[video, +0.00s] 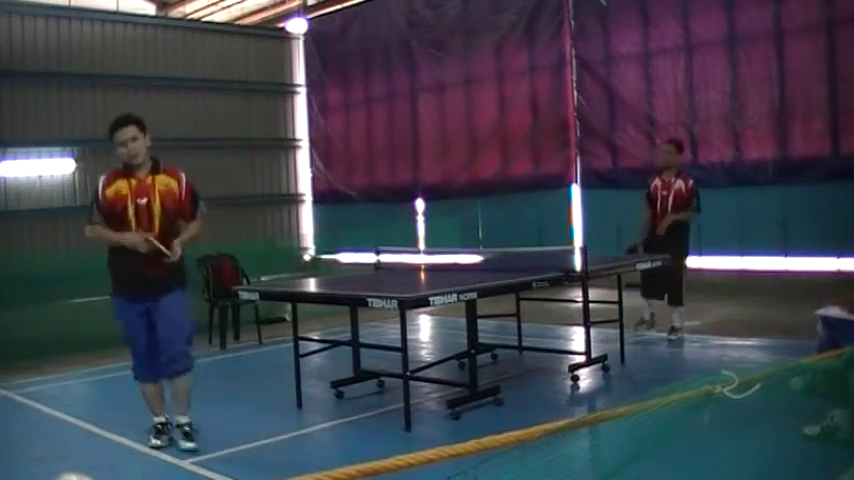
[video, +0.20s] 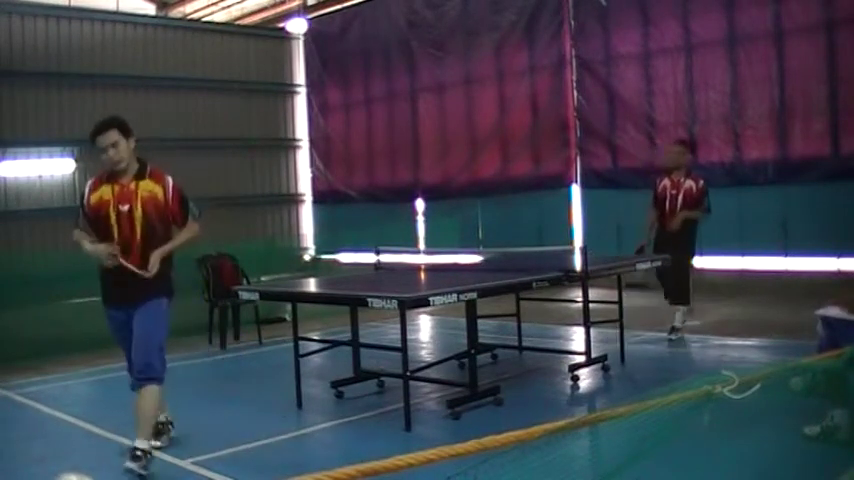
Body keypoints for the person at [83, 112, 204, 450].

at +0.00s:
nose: (129, 148)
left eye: (134, 140)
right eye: (122, 144)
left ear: (147, 139)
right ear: (115, 150)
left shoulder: (175, 179)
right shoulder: (107, 185)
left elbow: (195, 223)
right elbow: (93, 229)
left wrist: (180, 239)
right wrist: (126, 238)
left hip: (169, 284)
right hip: (129, 287)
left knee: (177, 352)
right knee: (142, 357)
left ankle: (183, 422)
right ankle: (160, 423)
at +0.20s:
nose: (110, 154)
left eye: (114, 145)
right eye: (103, 150)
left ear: (132, 142)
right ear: (98, 154)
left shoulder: (161, 183)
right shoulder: (94, 189)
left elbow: (192, 226)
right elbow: (82, 233)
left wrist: (162, 251)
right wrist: (95, 249)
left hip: (152, 289)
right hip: (115, 292)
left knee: (147, 363)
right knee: (137, 364)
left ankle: (142, 446)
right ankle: (160, 420)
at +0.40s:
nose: (91, 151)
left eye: (97, 142)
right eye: (85, 145)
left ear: (118, 138)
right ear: (82, 148)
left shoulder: (146, 182)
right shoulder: (84, 185)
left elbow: (173, 234)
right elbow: (74, 228)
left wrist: (130, 259)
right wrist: (70, 250)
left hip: (134, 295)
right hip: (94, 295)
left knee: (130, 376)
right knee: (101, 382)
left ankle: (134, 458)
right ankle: (147, 407)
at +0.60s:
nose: (68, 148)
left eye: (73, 138)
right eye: (63, 142)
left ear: (95, 134)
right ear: (63, 144)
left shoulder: (123, 178)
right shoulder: (71, 186)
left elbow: (140, 235)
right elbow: (67, 228)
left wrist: (81, 253)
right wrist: (53, 247)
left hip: (119, 300)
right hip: (77, 299)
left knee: (129, 384)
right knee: (56, 380)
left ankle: (139, 460)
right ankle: (93, 449)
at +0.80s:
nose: (22, 156)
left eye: (27, 146)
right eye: (18, 148)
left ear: (50, 142)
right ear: (22, 149)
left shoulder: (79, 185)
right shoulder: (32, 190)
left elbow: (89, 247)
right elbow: (36, 246)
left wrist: (26, 276)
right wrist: (12, 277)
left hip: (87, 313)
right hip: (42, 314)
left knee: (114, 392)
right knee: (23, 402)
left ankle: (135, 457)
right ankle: (9, 474)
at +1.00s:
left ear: (5, 155)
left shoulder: (22, 185)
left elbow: (47, 251)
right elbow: (45, 250)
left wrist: (13, 312)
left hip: (34, 321)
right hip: (2, 323)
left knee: (48, 410)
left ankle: (102, 442)